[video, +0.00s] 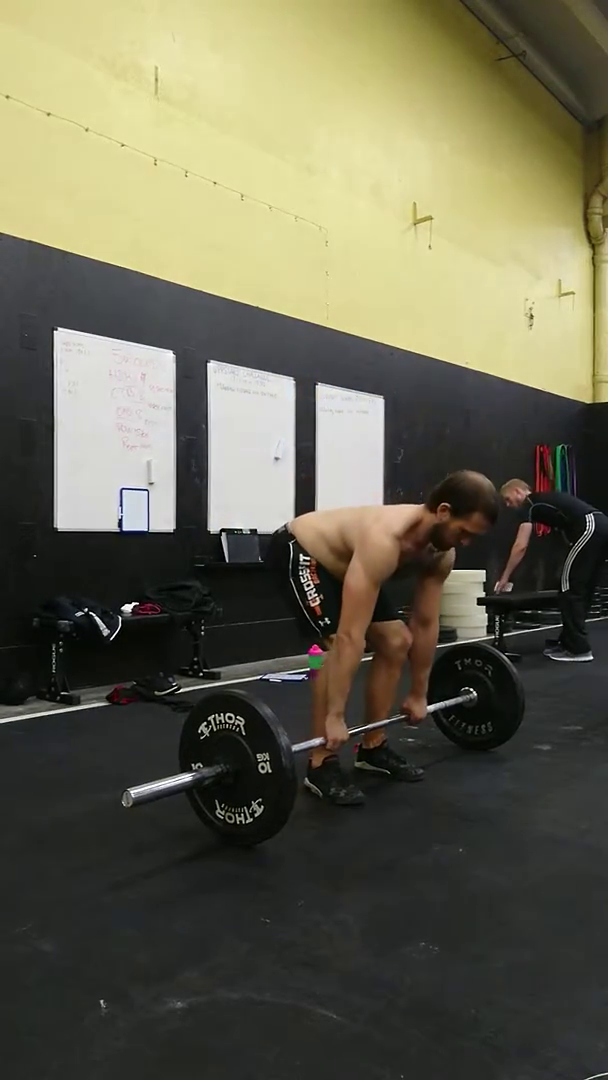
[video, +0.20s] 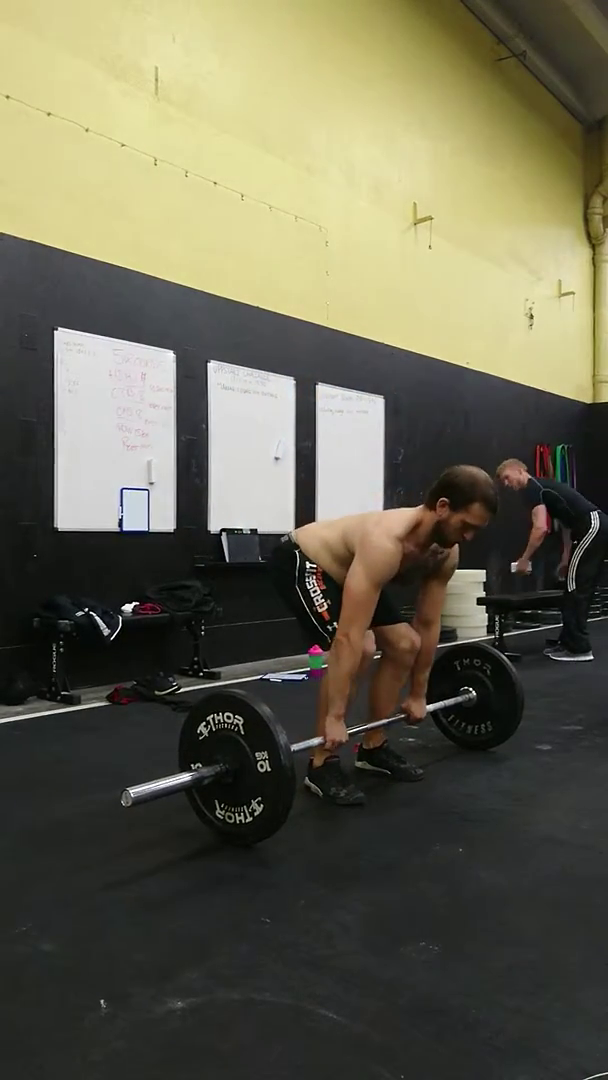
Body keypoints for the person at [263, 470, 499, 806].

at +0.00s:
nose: (466, 543)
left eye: (472, 537)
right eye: (465, 533)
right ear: (443, 511)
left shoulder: (440, 553)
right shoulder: (382, 540)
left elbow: (425, 623)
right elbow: (348, 636)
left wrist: (418, 695)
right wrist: (335, 715)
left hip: (347, 562)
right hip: (300, 550)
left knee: (395, 643)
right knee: (340, 649)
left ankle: (373, 748)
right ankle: (321, 763)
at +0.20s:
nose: (469, 537)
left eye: (476, 530)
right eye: (467, 526)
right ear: (442, 507)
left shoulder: (445, 553)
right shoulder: (384, 543)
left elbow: (427, 624)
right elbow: (347, 637)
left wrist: (417, 695)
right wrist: (336, 717)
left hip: (349, 570)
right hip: (302, 561)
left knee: (404, 645)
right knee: (359, 648)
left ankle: (373, 747)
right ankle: (321, 763)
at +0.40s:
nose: (470, 524)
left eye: (476, 516)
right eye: (466, 513)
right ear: (438, 494)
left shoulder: (444, 547)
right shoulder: (383, 539)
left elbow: (427, 622)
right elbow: (348, 634)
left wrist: (418, 692)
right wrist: (338, 715)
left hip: (351, 571)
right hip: (304, 563)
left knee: (407, 645)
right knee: (362, 648)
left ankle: (374, 747)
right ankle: (322, 763)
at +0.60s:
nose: (468, 483)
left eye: (475, 476)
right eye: (464, 472)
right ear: (435, 457)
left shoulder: (443, 514)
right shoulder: (382, 503)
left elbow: (427, 588)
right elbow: (350, 598)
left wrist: (420, 660)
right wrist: (338, 677)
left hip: (351, 549)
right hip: (303, 540)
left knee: (390, 637)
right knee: (337, 647)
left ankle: (373, 748)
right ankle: (321, 764)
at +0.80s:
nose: (444, 374)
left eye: (448, 365)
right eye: (436, 363)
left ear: (444, 368)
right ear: (404, 360)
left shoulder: (433, 431)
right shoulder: (367, 421)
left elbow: (427, 512)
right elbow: (355, 517)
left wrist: (423, 587)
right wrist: (345, 595)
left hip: (363, 528)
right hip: (315, 523)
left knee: (389, 636)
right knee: (338, 638)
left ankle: (373, 746)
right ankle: (321, 762)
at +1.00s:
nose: (380, 309)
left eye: (383, 301)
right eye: (371, 300)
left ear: (379, 308)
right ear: (341, 304)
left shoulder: (386, 355)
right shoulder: (325, 344)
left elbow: (409, 425)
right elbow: (336, 416)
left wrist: (437, 486)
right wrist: (363, 483)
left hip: (390, 494)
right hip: (345, 493)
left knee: (402, 624)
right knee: (357, 626)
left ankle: (384, 734)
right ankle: (330, 751)